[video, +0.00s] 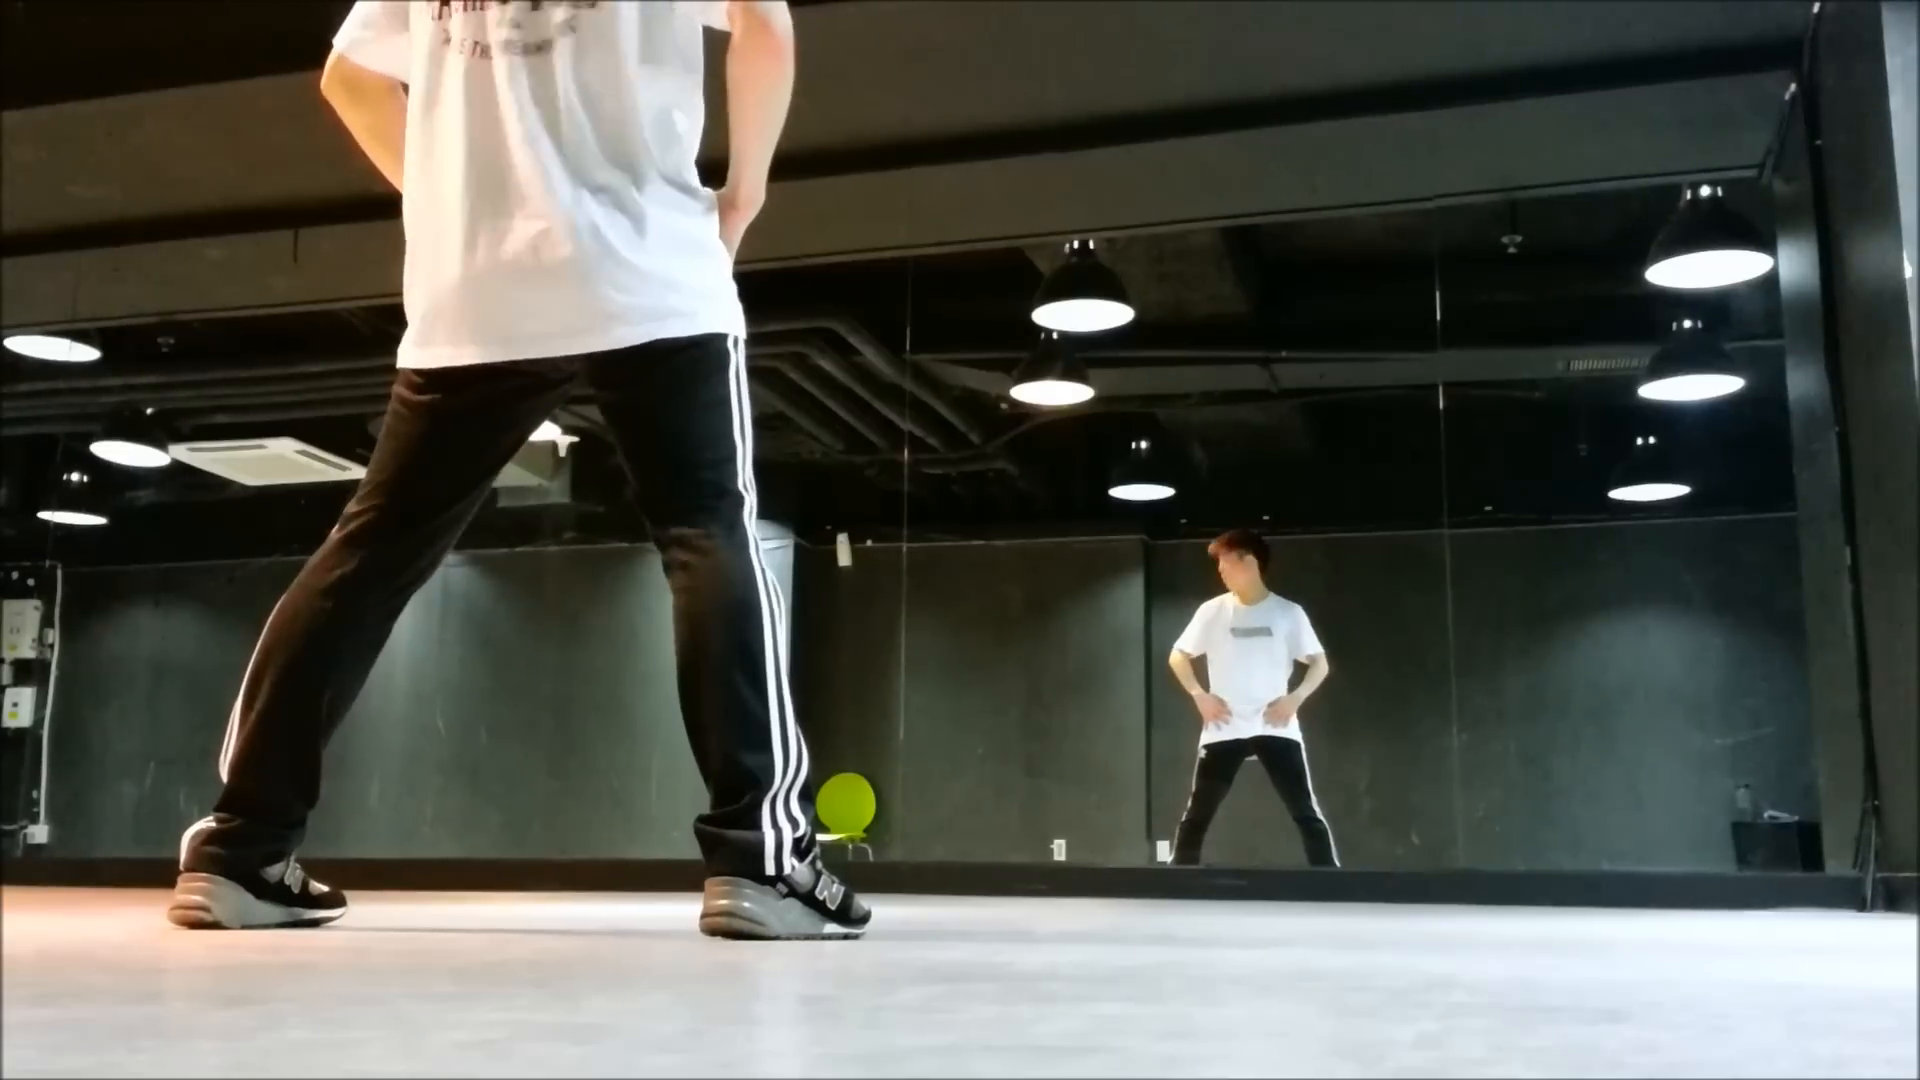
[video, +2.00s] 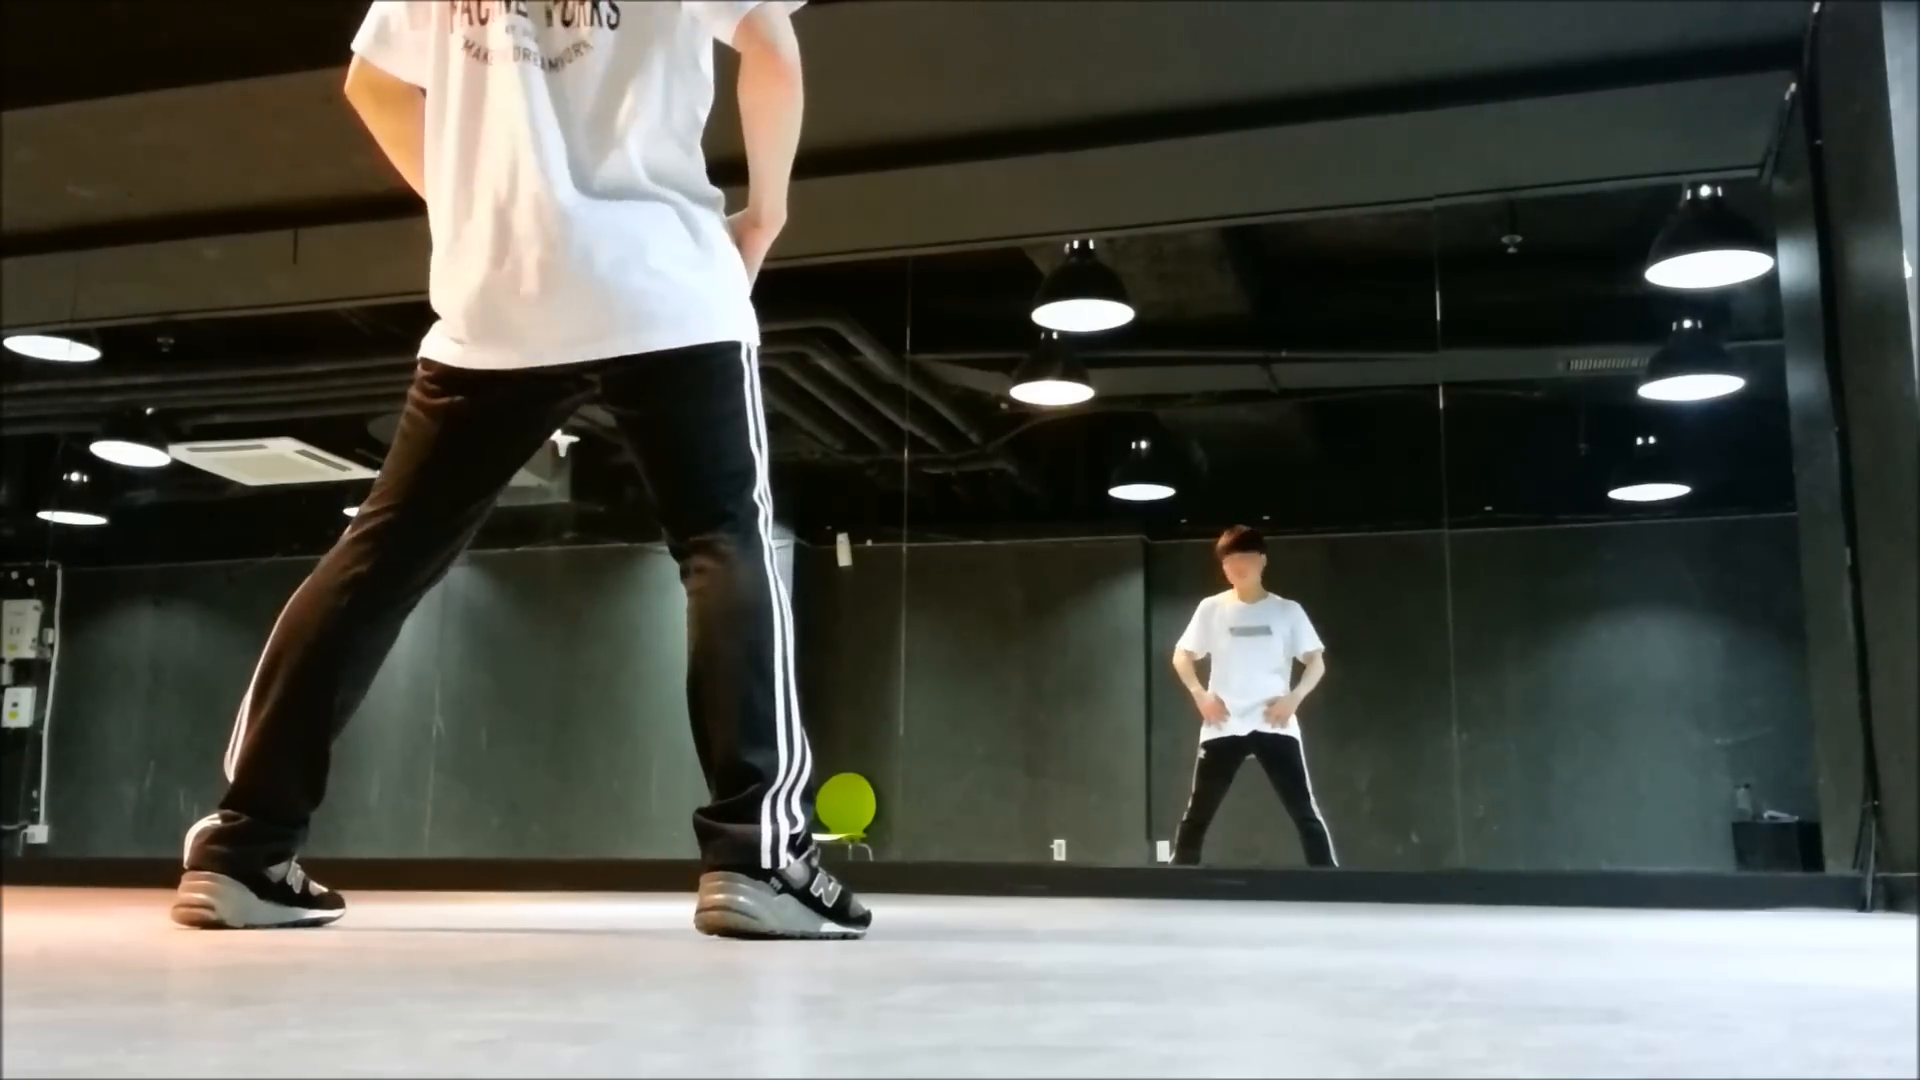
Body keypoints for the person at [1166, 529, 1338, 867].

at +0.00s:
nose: (1219, 570)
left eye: (1225, 562)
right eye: (1219, 563)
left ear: (1250, 561)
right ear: (1235, 565)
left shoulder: (1290, 613)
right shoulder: (1212, 611)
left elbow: (1320, 665)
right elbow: (1178, 656)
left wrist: (1293, 699)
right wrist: (1200, 696)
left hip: (1277, 729)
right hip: (1223, 730)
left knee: (1306, 814)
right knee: (1196, 816)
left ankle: (1333, 889)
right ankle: (1177, 892)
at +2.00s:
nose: (1238, 568)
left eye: (1246, 559)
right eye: (1231, 560)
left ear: (1263, 561)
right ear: (1223, 566)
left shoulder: (1288, 611)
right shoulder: (1211, 609)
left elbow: (1317, 665)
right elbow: (1181, 657)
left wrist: (1292, 700)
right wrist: (1201, 696)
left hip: (1275, 727)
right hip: (1223, 728)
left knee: (1305, 814)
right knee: (1197, 815)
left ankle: (1331, 890)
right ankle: (1178, 891)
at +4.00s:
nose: (1243, 556)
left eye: (1251, 550)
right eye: (1236, 551)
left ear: (1265, 560)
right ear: (1226, 561)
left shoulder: (1287, 611)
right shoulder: (1209, 610)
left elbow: (1315, 663)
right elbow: (1186, 660)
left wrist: (1297, 701)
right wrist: (1202, 697)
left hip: (1278, 731)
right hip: (1224, 731)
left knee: (1307, 813)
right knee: (1198, 816)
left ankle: (1332, 888)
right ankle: (1178, 890)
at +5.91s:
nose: (1223, 590)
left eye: (1228, 581)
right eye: (1215, 585)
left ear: (1246, 577)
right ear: (1210, 591)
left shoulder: (1284, 616)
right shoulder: (1207, 628)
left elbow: (1320, 662)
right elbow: (1179, 676)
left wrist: (1295, 695)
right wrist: (1197, 704)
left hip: (1273, 730)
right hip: (1222, 732)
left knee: (1301, 807)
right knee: (1192, 799)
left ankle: (1318, 885)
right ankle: (1190, 883)